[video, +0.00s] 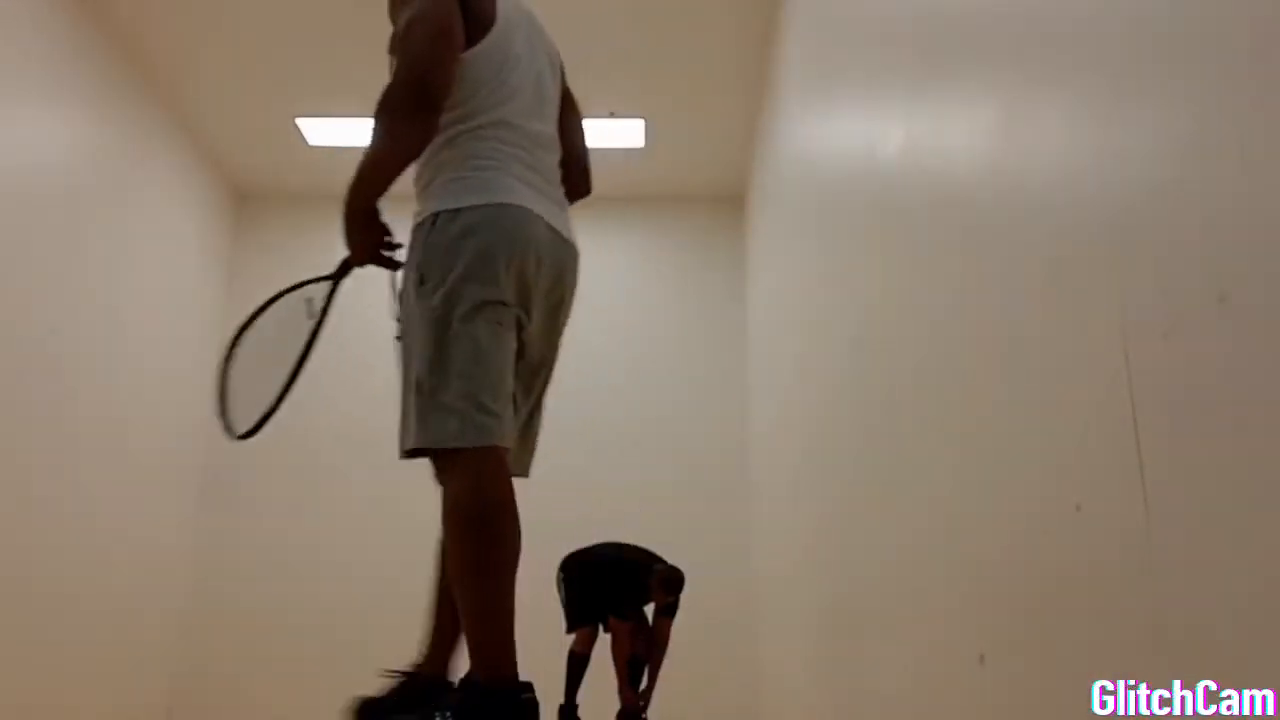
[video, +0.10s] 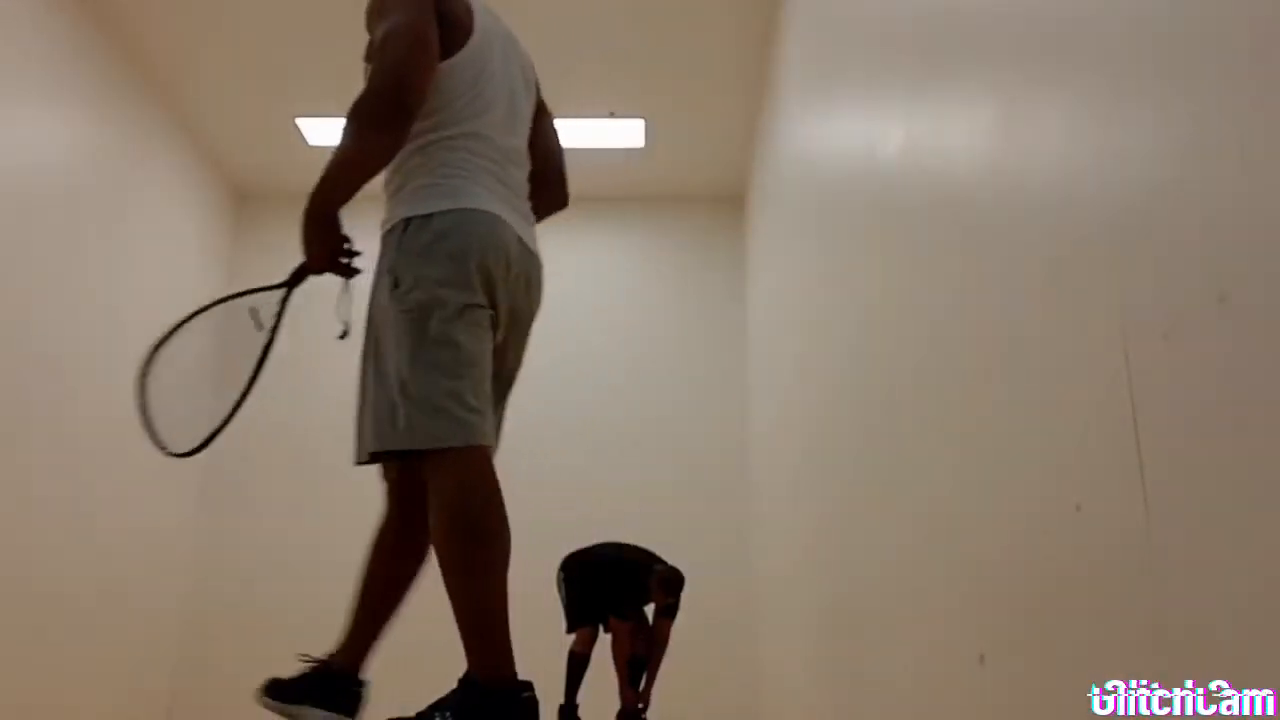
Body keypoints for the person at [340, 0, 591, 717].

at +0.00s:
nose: (392, 33)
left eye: (396, 20)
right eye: (392, 27)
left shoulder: (433, 3)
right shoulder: (539, 42)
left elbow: (421, 91)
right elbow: (574, 174)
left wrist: (361, 197)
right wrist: (476, 200)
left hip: (472, 225)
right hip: (551, 239)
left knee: (473, 461)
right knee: (482, 467)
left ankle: (496, 687)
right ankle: (433, 675)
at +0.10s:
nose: (369, 33)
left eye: (371, 21)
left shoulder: (404, 6)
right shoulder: (511, 54)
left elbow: (399, 90)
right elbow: (550, 188)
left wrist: (323, 202)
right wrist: (458, 223)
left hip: (440, 235)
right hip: (516, 251)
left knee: (455, 456)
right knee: (414, 469)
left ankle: (495, 683)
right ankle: (342, 669)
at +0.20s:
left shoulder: (379, 10)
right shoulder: (486, 68)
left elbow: (365, 109)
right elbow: (525, 201)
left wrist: (284, 220)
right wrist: (440, 248)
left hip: (406, 246)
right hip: (479, 267)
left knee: (437, 462)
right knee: (362, 476)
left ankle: (490, 682)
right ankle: (283, 676)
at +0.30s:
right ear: (421, 8)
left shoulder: (354, 19)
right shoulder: (459, 88)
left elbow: (330, 126)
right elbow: (497, 216)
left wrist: (244, 238)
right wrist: (424, 275)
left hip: (369, 261)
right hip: (443, 282)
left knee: (394, 465)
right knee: (325, 482)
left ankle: (481, 671)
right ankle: (253, 686)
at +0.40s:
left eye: (306, 11)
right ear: (399, 14)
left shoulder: (325, 23)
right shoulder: (423, 96)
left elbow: (303, 128)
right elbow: (471, 223)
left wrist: (210, 244)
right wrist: (410, 302)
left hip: (332, 270)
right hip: (403, 299)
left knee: (301, 470)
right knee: (316, 492)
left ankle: (433, 634)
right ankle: (248, 688)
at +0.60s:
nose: (261, 26)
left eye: (266, 19)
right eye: (263, 21)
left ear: (285, 15)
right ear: (349, 28)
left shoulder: (285, 43)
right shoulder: (371, 112)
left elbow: (269, 135)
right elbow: (412, 242)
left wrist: (181, 249)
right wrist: (334, 294)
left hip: (278, 277)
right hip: (349, 307)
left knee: (150, 440)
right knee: (279, 482)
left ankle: (269, 615)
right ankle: (248, 694)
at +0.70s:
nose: (238, 27)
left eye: (242, 17)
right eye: (240, 18)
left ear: (262, 15)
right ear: (325, 30)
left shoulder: (263, 51)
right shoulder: (356, 124)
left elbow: (258, 138)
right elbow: (363, 255)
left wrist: (181, 255)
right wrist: (261, 275)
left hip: (255, 284)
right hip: (331, 312)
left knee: (116, 443)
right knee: (274, 494)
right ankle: (245, 689)